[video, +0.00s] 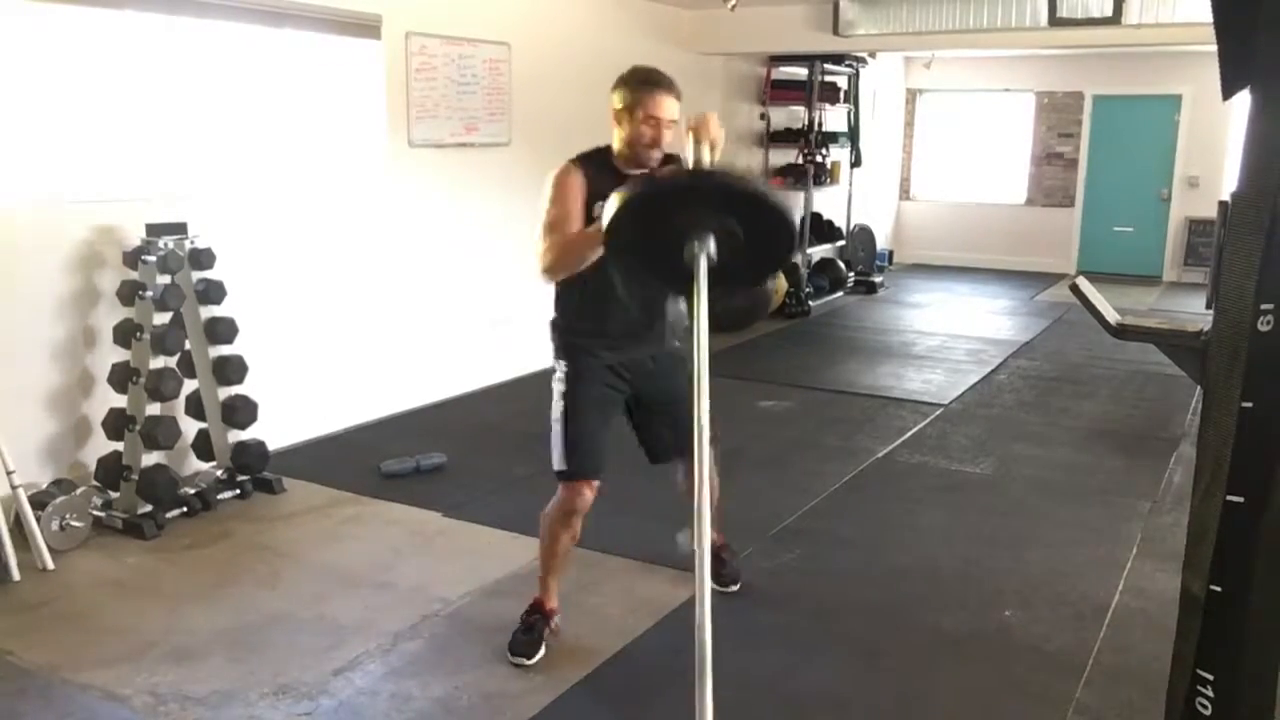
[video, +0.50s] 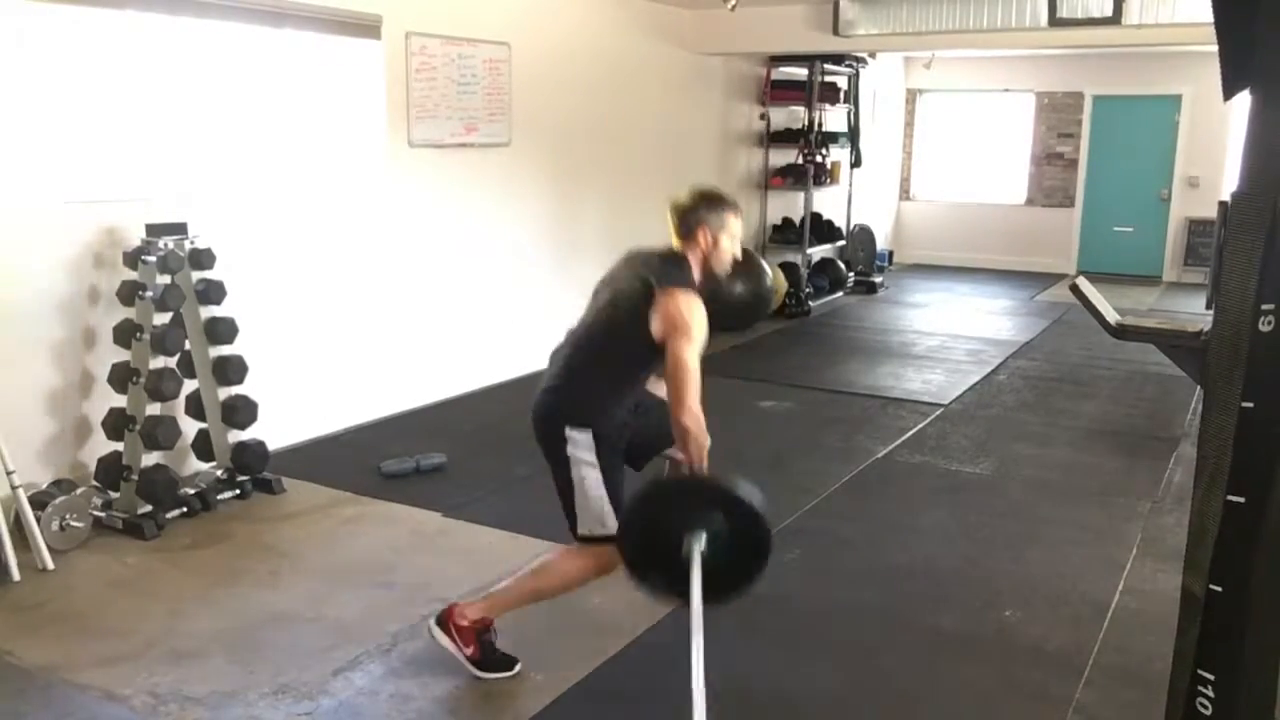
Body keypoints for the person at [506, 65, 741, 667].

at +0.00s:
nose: (659, 134)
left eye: (668, 123)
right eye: (648, 121)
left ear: (679, 127)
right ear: (618, 117)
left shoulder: (677, 175)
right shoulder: (579, 176)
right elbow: (552, 264)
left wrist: (706, 167)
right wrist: (618, 223)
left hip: (664, 348)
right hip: (590, 353)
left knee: (699, 459)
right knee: (577, 493)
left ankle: (710, 545)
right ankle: (544, 605)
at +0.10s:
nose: (684, 136)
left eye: (688, 124)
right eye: (675, 122)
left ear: (684, 126)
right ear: (636, 117)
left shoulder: (675, 186)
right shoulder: (590, 178)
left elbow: (682, 263)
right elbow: (578, 260)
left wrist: (708, 219)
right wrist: (671, 219)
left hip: (652, 341)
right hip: (587, 345)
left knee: (688, 442)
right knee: (582, 488)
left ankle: (678, 553)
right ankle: (512, 601)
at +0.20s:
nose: (704, 152)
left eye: (706, 140)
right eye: (696, 139)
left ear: (672, 138)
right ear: (658, 135)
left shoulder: (679, 196)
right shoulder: (611, 192)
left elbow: (692, 265)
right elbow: (593, 276)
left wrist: (720, 272)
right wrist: (680, 274)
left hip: (637, 348)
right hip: (586, 353)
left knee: (677, 445)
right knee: (584, 495)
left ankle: (675, 560)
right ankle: (489, 605)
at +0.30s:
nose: (720, 177)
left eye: (721, 165)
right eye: (714, 164)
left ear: (682, 161)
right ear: (679, 159)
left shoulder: (670, 212)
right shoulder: (636, 217)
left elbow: (675, 290)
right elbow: (633, 308)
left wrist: (708, 336)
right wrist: (709, 341)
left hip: (626, 359)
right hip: (582, 365)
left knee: (682, 438)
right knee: (586, 506)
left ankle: (674, 561)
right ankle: (478, 609)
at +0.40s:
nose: (728, 211)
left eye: (729, 198)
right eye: (723, 198)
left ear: (688, 196)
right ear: (693, 196)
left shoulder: (658, 236)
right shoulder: (663, 257)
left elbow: (649, 325)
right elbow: (669, 363)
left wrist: (695, 361)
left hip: (619, 381)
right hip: (580, 390)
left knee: (684, 450)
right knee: (594, 529)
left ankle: (674, 557)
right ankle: (466, 618)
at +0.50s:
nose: (738, 251)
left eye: (740, 240)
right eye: (734, 238)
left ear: (693, 236)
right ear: (704, 237)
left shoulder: (646, 265)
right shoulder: (684, 303)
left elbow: (634, 361)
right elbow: (688, 417)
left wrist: (683, 436)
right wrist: (703, 480)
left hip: (616, 401)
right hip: (576, 417)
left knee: (688, 444)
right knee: (604, 549)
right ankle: (469, 616)